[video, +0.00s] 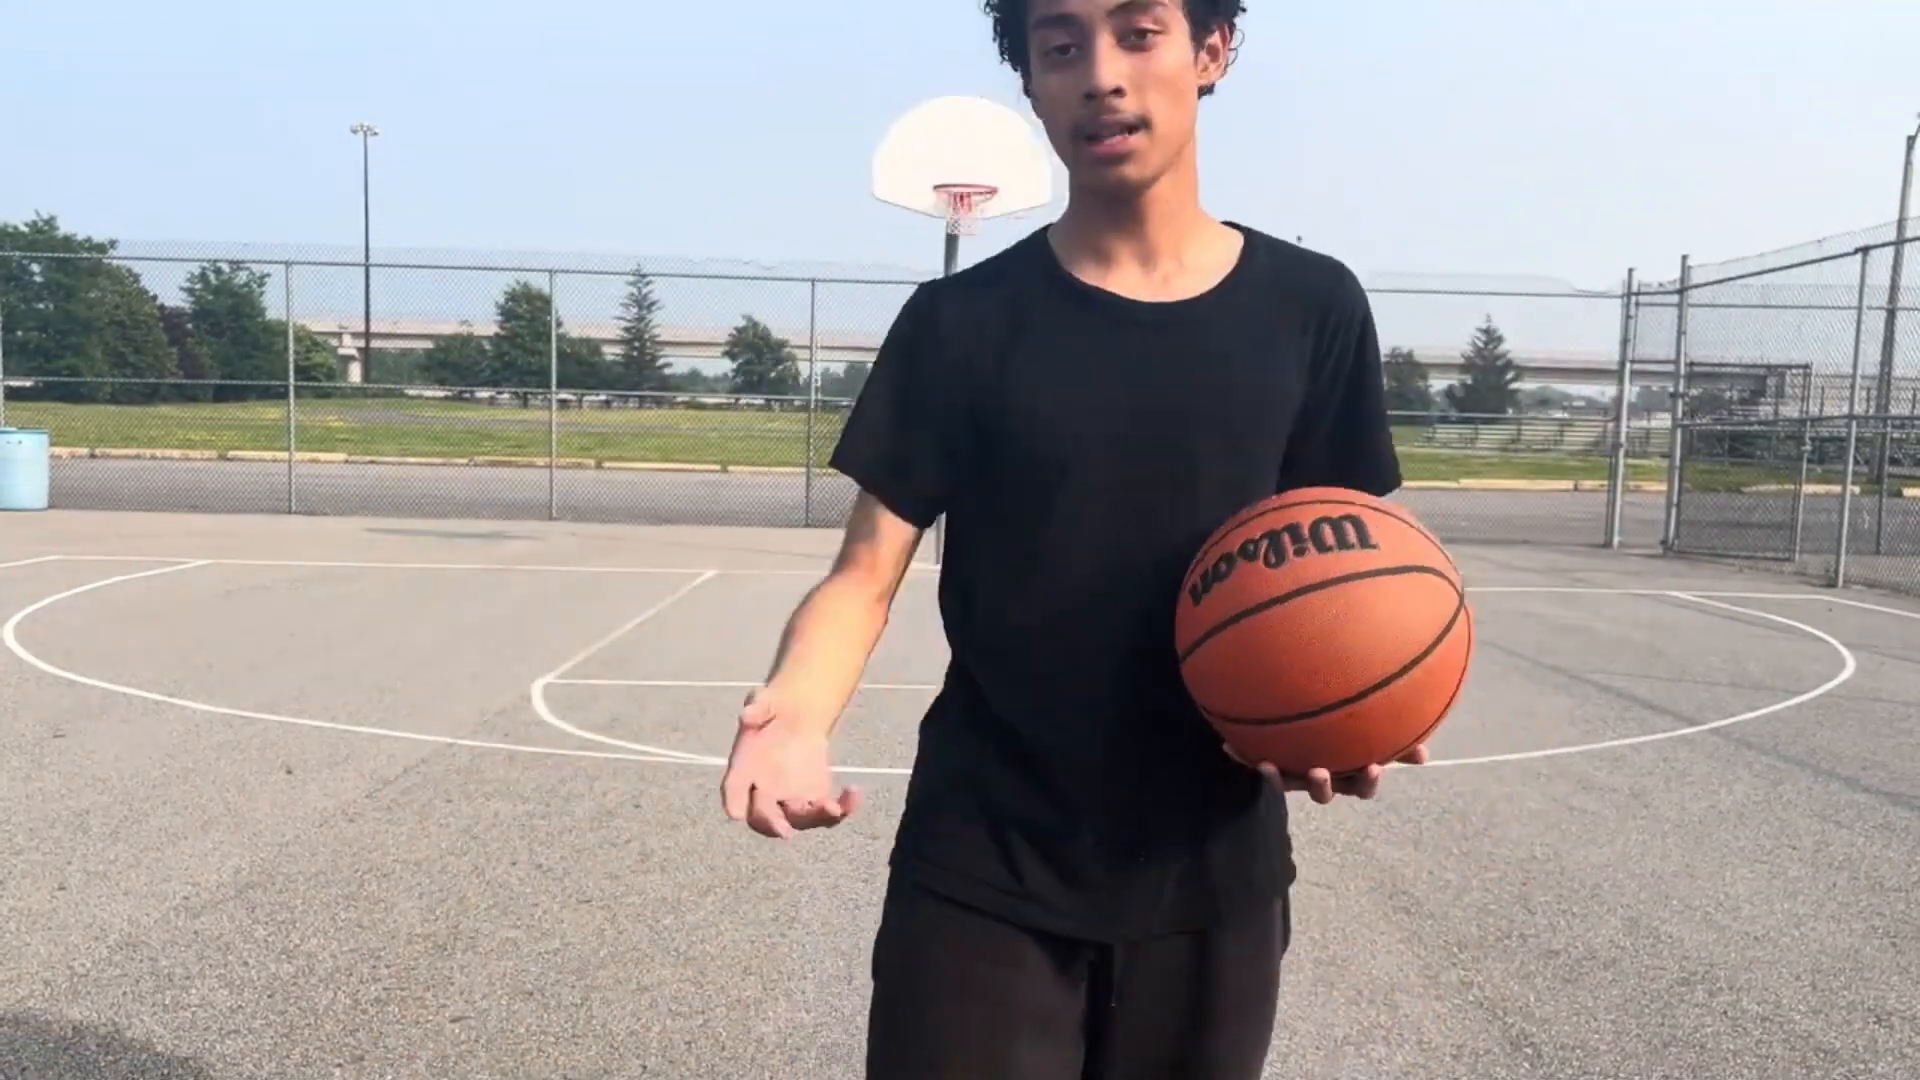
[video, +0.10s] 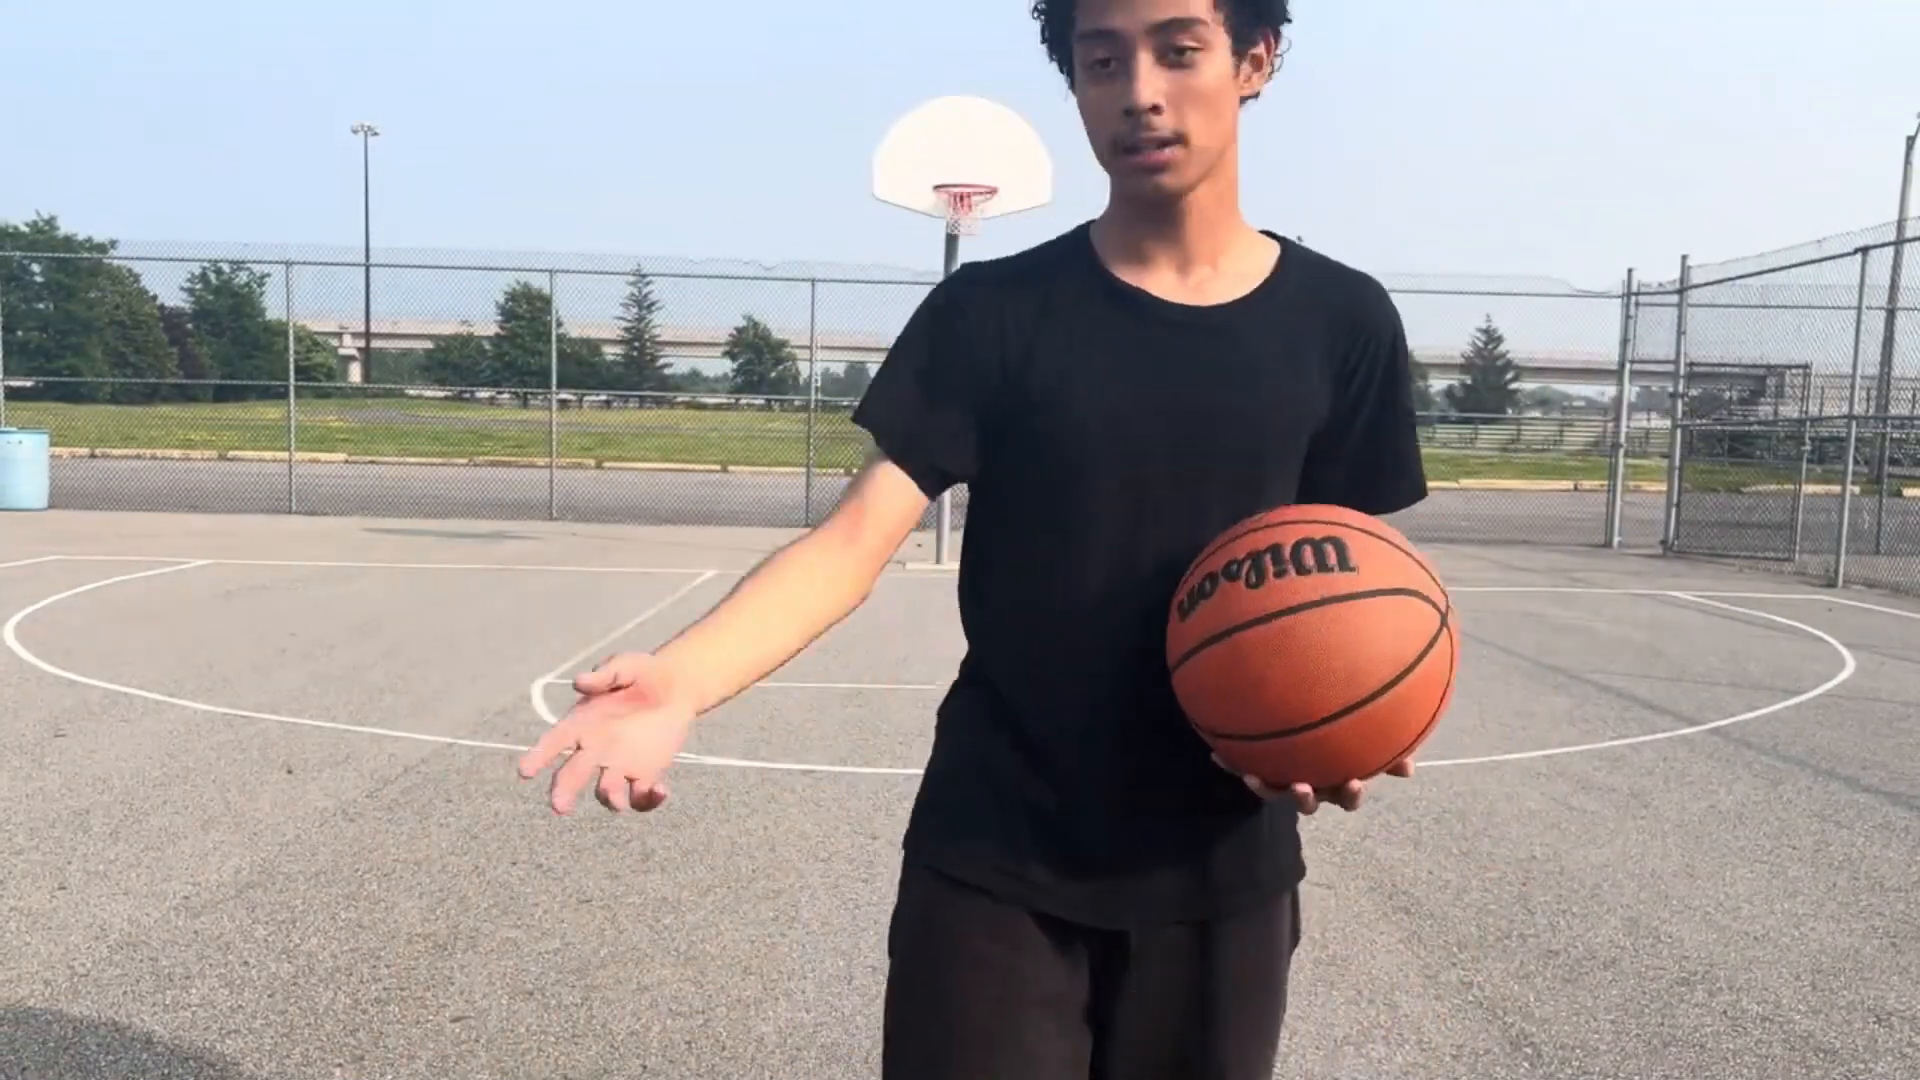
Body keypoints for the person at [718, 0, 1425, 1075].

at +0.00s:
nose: (1102, 79)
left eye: (1138, 34)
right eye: (1062, 48)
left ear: (1210, 54)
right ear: (1029, 84)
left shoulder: (1315, 308)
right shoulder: (956, 321)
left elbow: (1355, 573)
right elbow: (864, 569)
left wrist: (1343, 710)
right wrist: (796, 705)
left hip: (1213, 872)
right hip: (987, 869)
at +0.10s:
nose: (1141, 94)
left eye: (1180, 48)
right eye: (1105, 58)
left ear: (1256, 63)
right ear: (1072, 81)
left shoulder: (1345, 324)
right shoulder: (989, 313)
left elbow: (1357, 581)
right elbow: (851, 540)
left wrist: (1336, 730)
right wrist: (679, 683)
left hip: (1219, 869)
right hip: (997, 866)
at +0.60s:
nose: (1100, 79)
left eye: (1150, 42)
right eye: (1093, 46)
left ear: (1264, 69)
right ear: (1079, 66)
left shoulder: (1356, 345)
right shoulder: (987, 303)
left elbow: (1328, 618)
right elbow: (869, 555)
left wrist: (1294, 771)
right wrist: (710, 755)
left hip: (1204, 901)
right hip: (967, 887)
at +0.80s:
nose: (1058, 36)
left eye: (1102, 2)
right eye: (1022, 3)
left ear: (1174, 35)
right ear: (978, 40)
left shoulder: (1284, 295)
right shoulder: (895, 316)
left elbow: (1312, 577)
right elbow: (886, 608)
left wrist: (1320, 742)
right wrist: (862, 837)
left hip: (1187, 913)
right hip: (935, 906)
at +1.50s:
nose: (1183, 5)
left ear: (1301, 2)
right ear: (1090, 5)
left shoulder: (1434, 283)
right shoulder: (947, 269)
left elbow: (1411, 606)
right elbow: (886, 610)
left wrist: (1421, 808)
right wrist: (882, 909)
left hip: (1287, 988)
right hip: (994, 989)